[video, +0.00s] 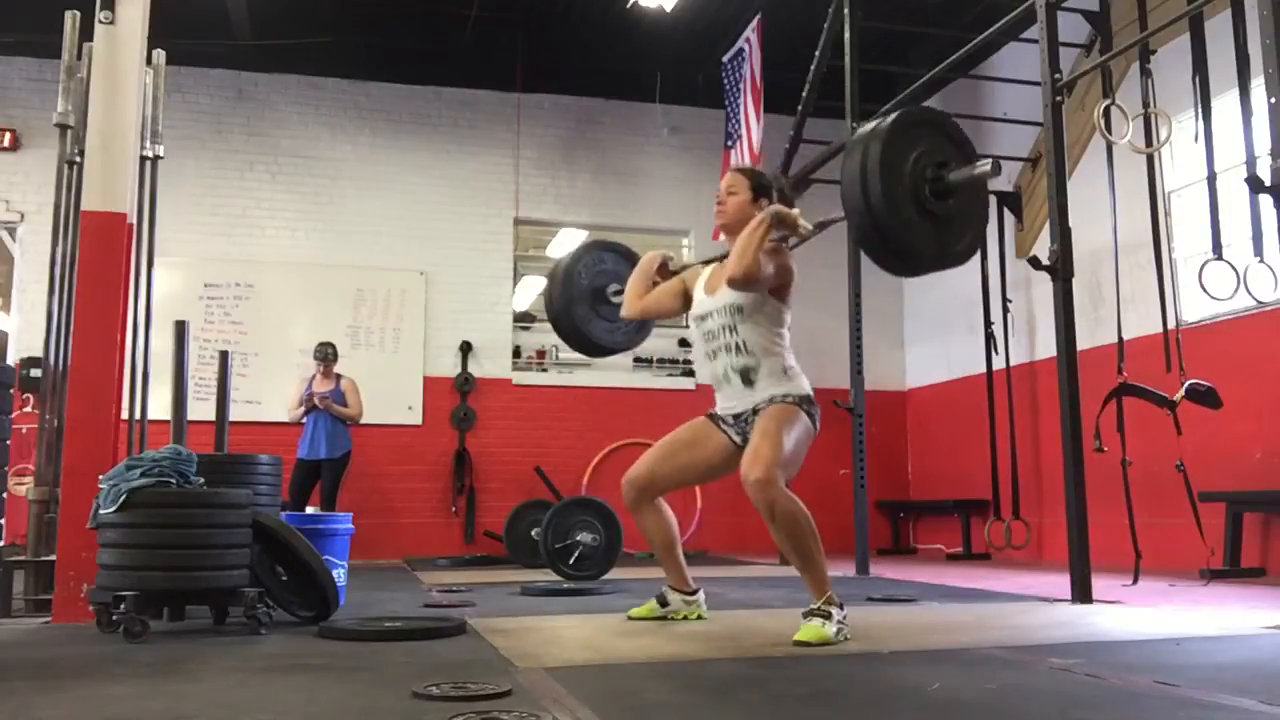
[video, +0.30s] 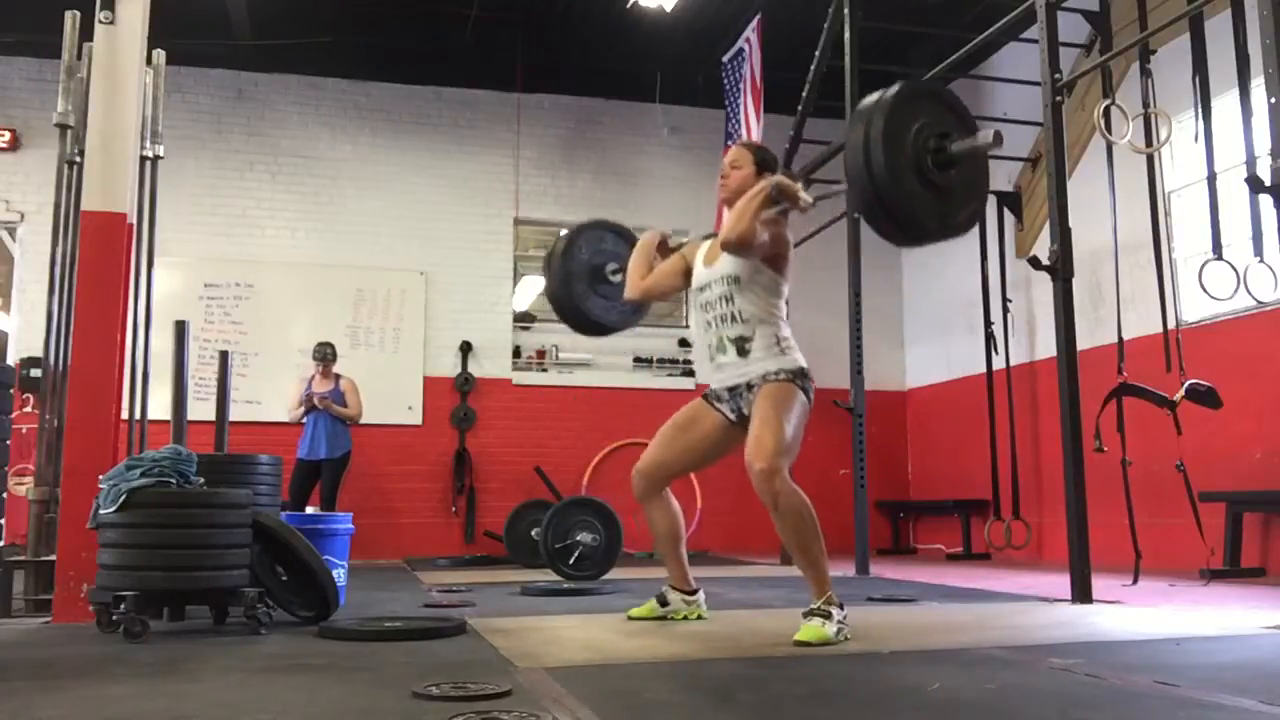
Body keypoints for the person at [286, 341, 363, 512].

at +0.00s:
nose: (322, 370)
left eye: (327, 366)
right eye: (319, 365)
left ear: (335, 363)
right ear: (314, 362)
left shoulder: (346, 384)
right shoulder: (306, 383)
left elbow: (356, 415)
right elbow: (291, 417)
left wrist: (330, 406)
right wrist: (305, 407)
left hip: (336, 449)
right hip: (309, 449)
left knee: (327, 501)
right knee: (296, 498)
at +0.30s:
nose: (321, 370)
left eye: (326, 366)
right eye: (318, 365)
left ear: (334, 363)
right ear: (313, 362)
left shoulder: (345, 384)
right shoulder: (305, 383)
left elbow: (356, 415)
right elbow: (292, 417)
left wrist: (329, 406)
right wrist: (305, 407)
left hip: (336, 449)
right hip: (309, 449)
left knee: (327, 501)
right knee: (296, 498)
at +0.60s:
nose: (320, 370)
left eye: (325, 366)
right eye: (317, 365)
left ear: (333, 363)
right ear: (312, 362)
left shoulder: (345, 383)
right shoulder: (305, 383)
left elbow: (355, 415)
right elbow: (291, 418)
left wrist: (329, 406)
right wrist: (304, 407)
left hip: (335, 450)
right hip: (309, 449)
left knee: (327, 501)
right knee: (296, 498)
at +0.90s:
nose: (320, 370)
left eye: (325, 366)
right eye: (317, 365)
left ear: (333, 363)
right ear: (312, 362)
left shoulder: (345, 384)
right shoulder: (305, 383)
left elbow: (355, 415)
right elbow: (291, 417)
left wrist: (328, 405)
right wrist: (305, 406)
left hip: (335, 449)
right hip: (308, 449)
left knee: (327, 500)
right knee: (296, 498)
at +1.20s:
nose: (321, 370)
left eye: (325, 366)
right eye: (317, 365)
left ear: (334, 363)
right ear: (313, 362)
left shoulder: (346, 384)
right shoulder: (305, 383)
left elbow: (356, 415)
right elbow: (290, 417)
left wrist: (329, 405)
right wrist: (305, 406)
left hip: (335, 450)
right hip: (308, 450)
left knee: (327, 500)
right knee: (295, 498)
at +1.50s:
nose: (322, 370)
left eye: (326, 365)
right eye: (318, 365)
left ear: (334, 362)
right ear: (314, 362)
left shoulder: (346, 383)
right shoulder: (306, 383)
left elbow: (356, 415)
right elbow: (290, 417)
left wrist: (329, 405)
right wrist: (305, 405)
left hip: (335, 450)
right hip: (308, 449)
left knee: (327, 500)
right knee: (295, 499)